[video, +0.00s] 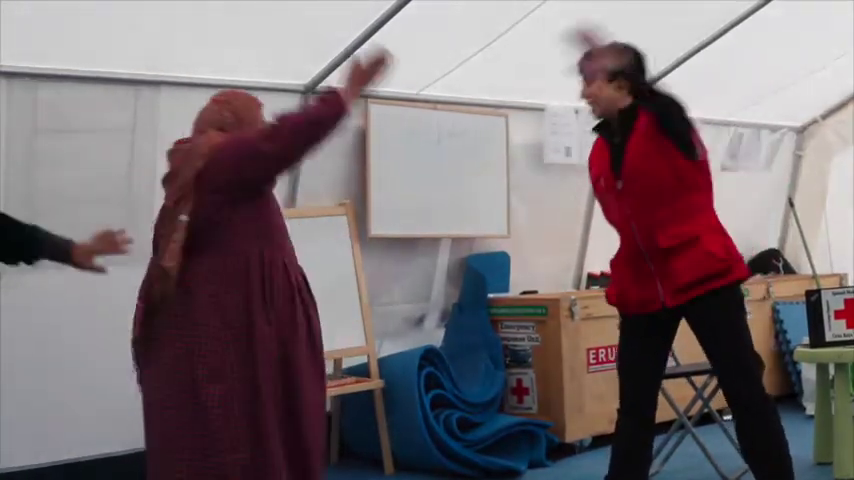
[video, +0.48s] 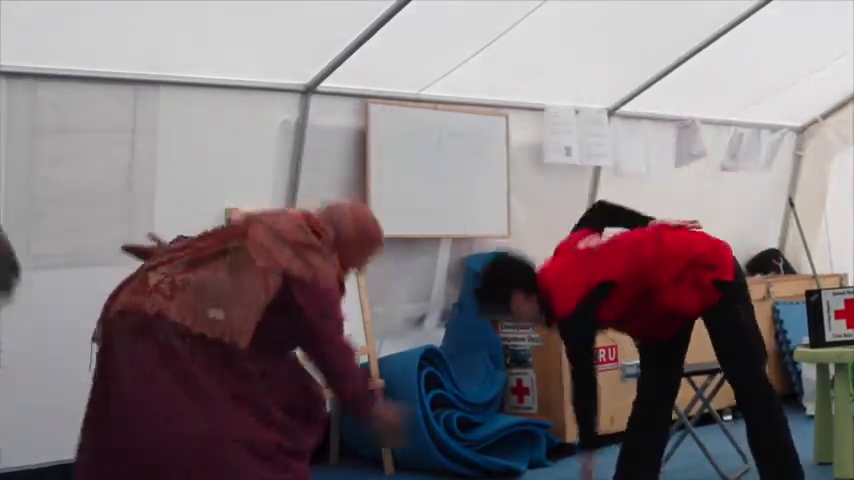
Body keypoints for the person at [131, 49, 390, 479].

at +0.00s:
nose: (265, 129)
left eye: (264, 123)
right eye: (259, 122)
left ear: (210, 121)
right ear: (233, 126)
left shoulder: (188, 164)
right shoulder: (216, 158)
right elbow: (278, 142)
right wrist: (347, 93)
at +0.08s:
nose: (284, 138)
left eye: (281, 128)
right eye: (277, 128)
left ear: (229, 128)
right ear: (250, 130)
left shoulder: (195, 174)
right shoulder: (236, 167)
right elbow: (300, 165)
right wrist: (379, 132)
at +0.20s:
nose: (305, 170)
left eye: (305, 160)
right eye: (303, 159)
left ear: (256, 144)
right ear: (284, 152)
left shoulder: (205, 192)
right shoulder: (266, 189)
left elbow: (153, 261)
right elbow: (333, 215)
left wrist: (120, 327)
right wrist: (407, 214)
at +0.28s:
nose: (325, 190)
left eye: (326, 181)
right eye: (324, 180)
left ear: (272, 157)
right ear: (309, 170)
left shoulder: (217, 200)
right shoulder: (279, 198)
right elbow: (336, 254)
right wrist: (416, 276)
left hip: (142, 339)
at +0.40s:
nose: (346, 234)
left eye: (350, 226)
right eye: (348, 224)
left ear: (309, 189)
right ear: (336, 215)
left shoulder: (255, 209)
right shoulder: (304, 237)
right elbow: (338, 315)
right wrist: (396, 362)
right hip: (197, 341)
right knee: (301, 399)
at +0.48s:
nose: (351, 274)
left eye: (357, 266)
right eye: (356, 263)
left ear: (324, 218)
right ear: (346, 247)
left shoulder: (259, 228)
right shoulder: (312, 261)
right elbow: (331, 347)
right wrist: (367, 403)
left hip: (129, 322)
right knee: (300, 405)